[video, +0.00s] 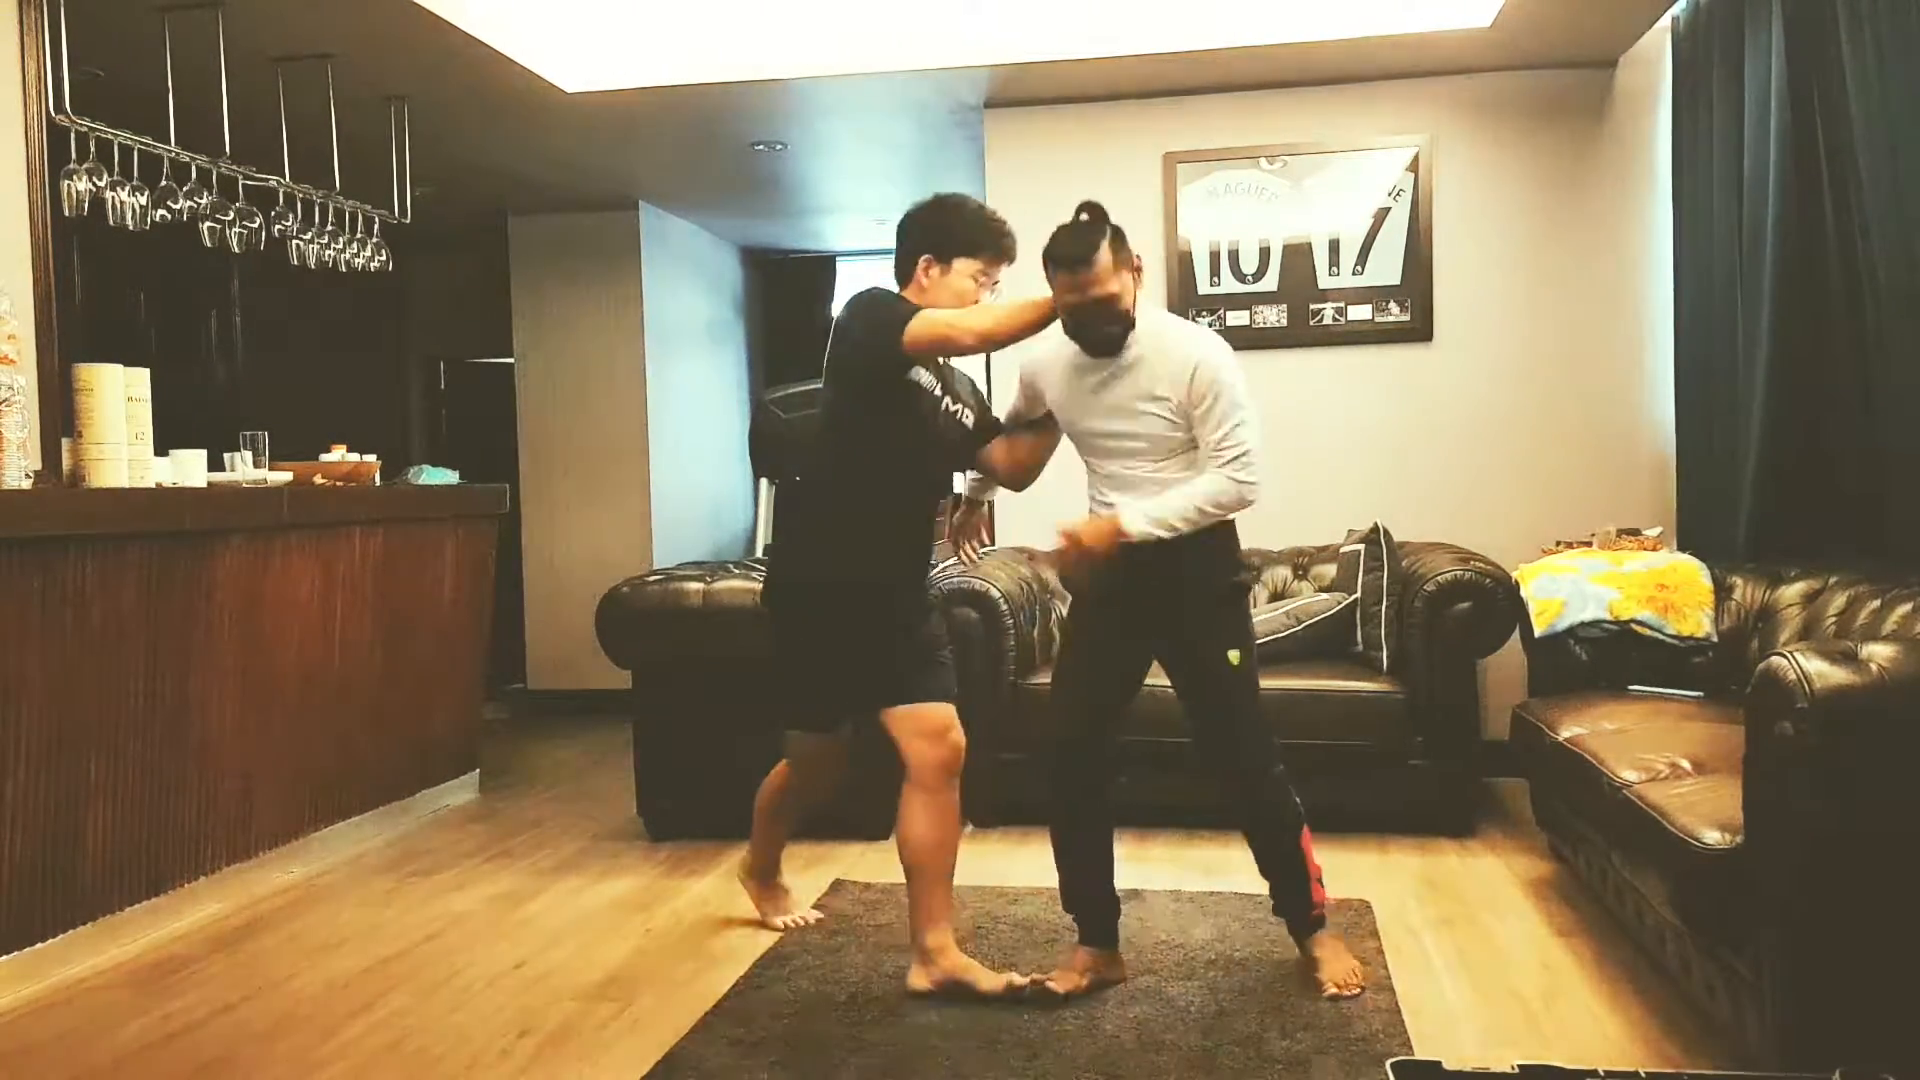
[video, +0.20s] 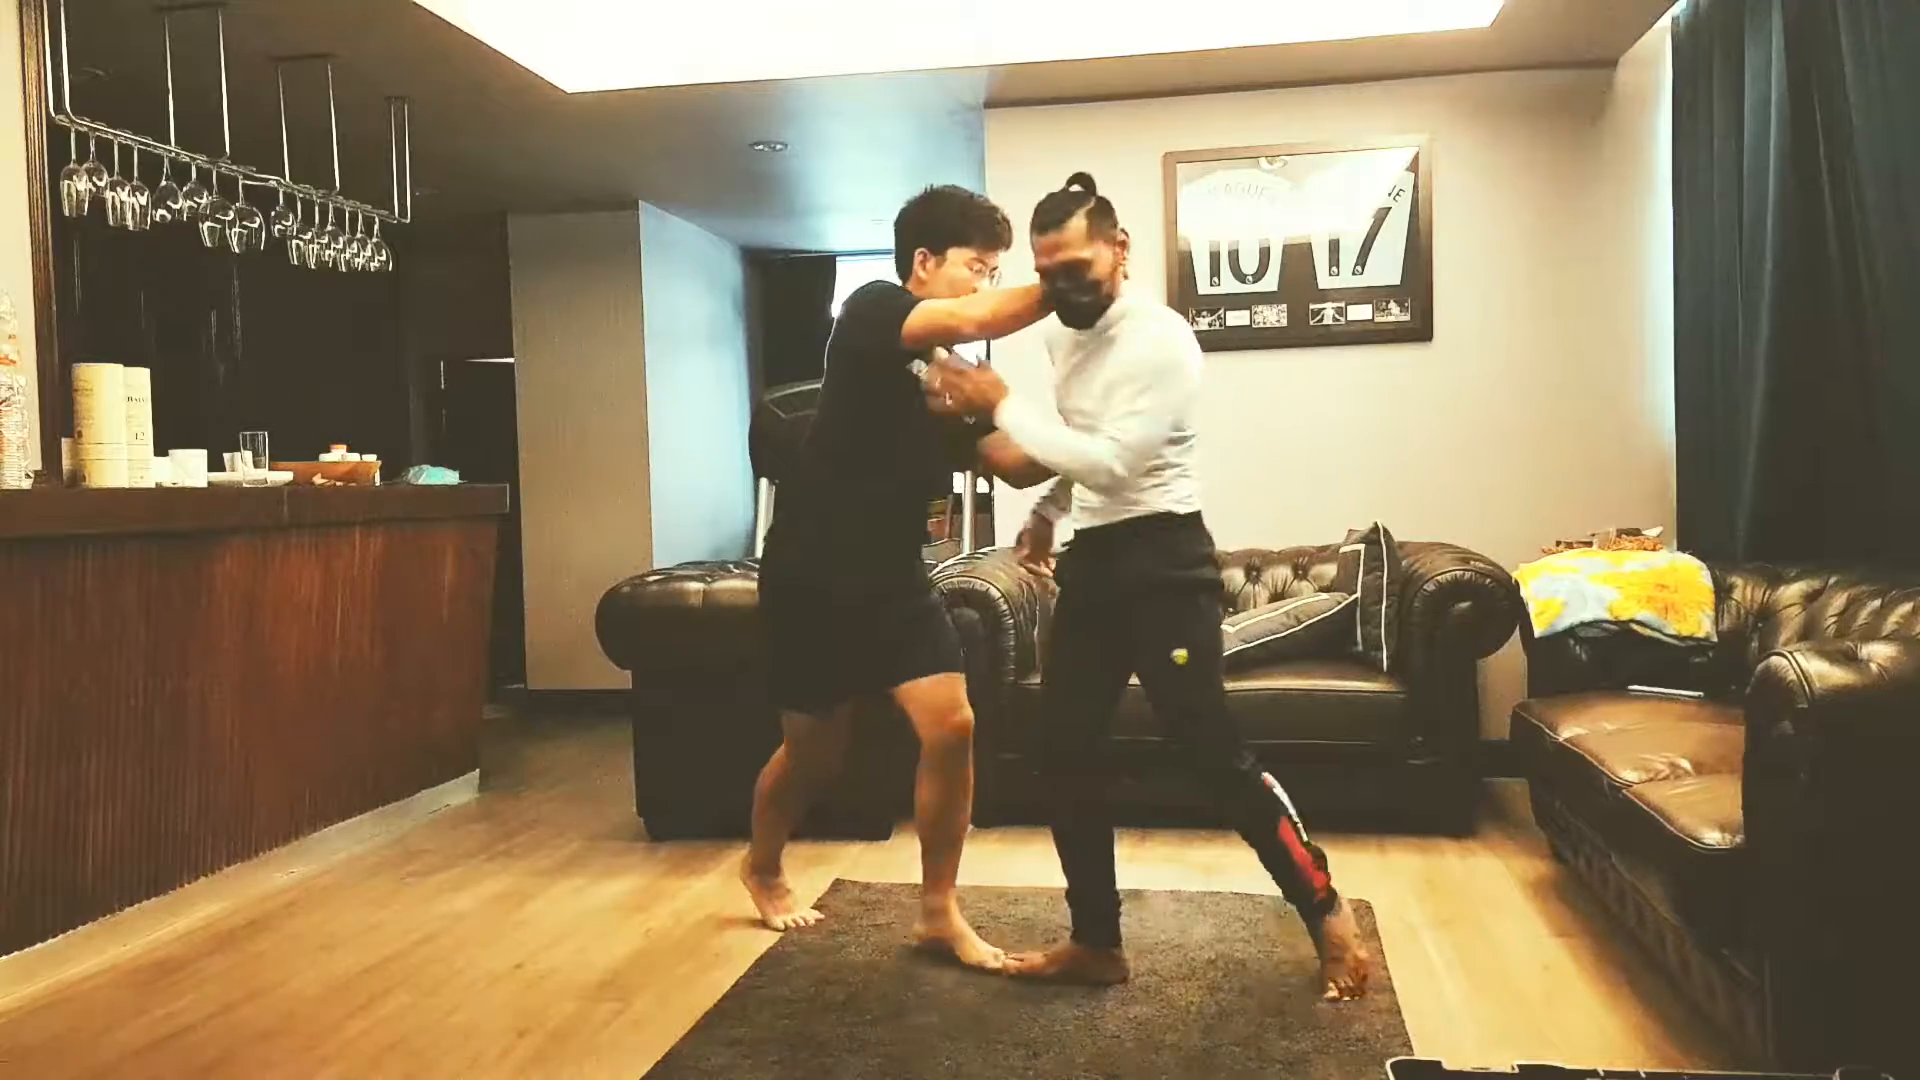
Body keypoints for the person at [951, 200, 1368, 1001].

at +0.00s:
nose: (1105, 312)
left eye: (1113, 292)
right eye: (1084, 301)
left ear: (1135, 270)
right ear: (1056, 295)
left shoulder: (1198, 356)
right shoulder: (1043, 364)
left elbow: (1239, 480)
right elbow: (1017, 453)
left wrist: (1122, 521)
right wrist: (977, 484)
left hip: (1200, 570)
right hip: (1112, 575)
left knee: (1242, 751)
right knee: (1071, 747)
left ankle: (1314, 932)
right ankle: (1096, 946)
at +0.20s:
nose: (1059, 285)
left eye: (1073, 266)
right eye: (1047, 269)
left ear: (1119, 250)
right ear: (1038, 265)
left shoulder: (1163, 339)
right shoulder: (1060, 341)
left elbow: (1117, 464)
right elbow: (1080, 442)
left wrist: (1006, 414)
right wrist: (1044, 512)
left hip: (1166, 556)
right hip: (1091, 563)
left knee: (1211, 747)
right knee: (1069, 749)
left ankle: (1330, 923)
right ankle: (1095, 944)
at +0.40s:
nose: (1027, 278)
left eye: (1038, 261)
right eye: (1021, 265)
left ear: (1091, 248)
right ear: (1068, 258)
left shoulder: (1121, 343)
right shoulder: (1087, 331)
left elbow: (1079, 485)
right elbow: (1098, 455)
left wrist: (994, 428)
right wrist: (1049, 503)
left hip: (1129, 567)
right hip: (1090, 562)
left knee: (1101, 762)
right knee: (1062, 755)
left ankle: (1271, 913)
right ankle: (1090, 944)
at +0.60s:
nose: (1017, 298)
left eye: (1028, 281)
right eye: (1011, 284)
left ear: (1079, 259)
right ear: (1057, 267)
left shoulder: (1123, 348)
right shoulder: (1070, 334)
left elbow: (1108, 485)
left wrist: (993, 498)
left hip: (1127, 577)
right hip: (1079, 571)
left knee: (1095, 774)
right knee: (1054, 764)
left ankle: (1176, 1021)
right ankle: (1088, 944)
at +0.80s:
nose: (1006, 277)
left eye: (1014, 256)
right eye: (999, 261)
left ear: (1072, 227)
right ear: (1055, 236)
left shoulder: (1131, 319)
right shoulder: (1058, 330)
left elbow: (1144, 440)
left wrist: (1065, 457)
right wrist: (1032, 490)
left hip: (1130, 573)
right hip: (1077, 570)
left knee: (1103, 788)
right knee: (1059, 770)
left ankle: (1176, 1039)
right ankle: (1104, 946)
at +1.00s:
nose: (976, 246)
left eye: (987, 225)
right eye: (969, 229)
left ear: (1051, 198)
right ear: (1036, 207)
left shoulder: (1126, 306)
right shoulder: (1035, 311)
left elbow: (1154, 466)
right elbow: (1048, 453)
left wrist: (1056, 543)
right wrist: (1010, 547)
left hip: (1128, 578)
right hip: (1054, 580)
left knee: (1114, 798)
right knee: (1012, 783)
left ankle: (1180, 1026)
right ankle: (1103, 991)